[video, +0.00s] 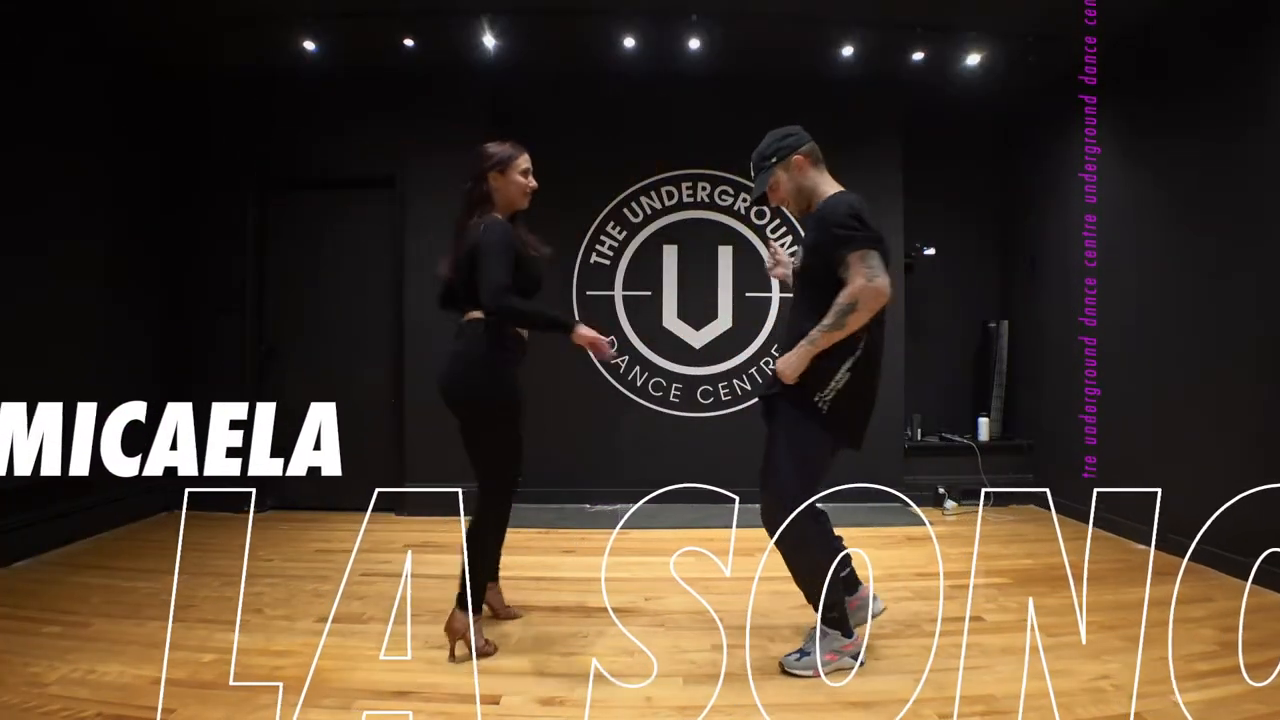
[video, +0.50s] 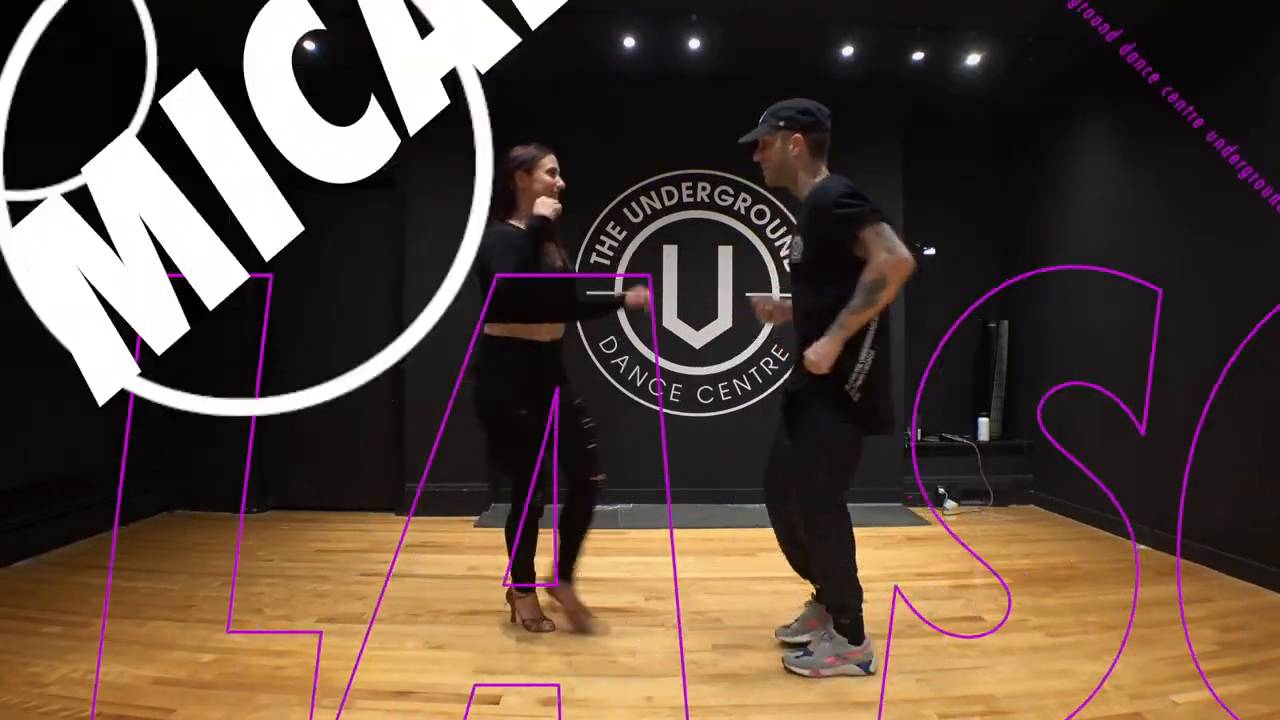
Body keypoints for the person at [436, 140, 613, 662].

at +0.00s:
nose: (533, 183)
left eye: (532, 174)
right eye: (524, 174)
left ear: (502, 184)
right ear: (495, 180)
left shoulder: (483, 229)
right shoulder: (496, 230)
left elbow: (449, 298)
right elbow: (500, 301)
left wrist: (500, 314)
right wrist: (570, 327)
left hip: (475, 363)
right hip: (486, 365)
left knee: (499, 480)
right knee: (498, 485)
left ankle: (488, 582)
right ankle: (464, 611)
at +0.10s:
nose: (542, 182)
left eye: (541, 174)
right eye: (532, 174)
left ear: (520, 182)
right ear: (503, 179)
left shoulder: (515, 236)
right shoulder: (493, 229)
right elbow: (470, 275)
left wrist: (565, 280)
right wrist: (534, 277)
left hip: (496, 367)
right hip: (486, 368)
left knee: (494, 477)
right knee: (539, 478)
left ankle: (482, 585)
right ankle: (489, 587)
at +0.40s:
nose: (556, 181)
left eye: (556, 173)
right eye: (547, 172)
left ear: (550, 182)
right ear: (517, 178)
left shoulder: (547, 244)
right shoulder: (493, 232)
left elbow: (568, 301)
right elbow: (484, 269)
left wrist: (620, 277)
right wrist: (531, 217)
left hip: (539, 368)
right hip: (502, 367)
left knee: (562, 477)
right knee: (531, 478)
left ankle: (517, 566)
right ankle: (524, 592)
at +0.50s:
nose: (559, 182)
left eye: (559, 173)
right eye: (550, 173)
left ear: (546, 182)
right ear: (520, 180)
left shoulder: (552, 242)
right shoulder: (499, 239)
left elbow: (567, 307)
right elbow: (508, 290)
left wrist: (621, 300)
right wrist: (536, 228)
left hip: (548, 370)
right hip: (505, 373)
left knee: (583, 477)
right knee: (530, 481)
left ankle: (562, 581)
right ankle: (522, 588)